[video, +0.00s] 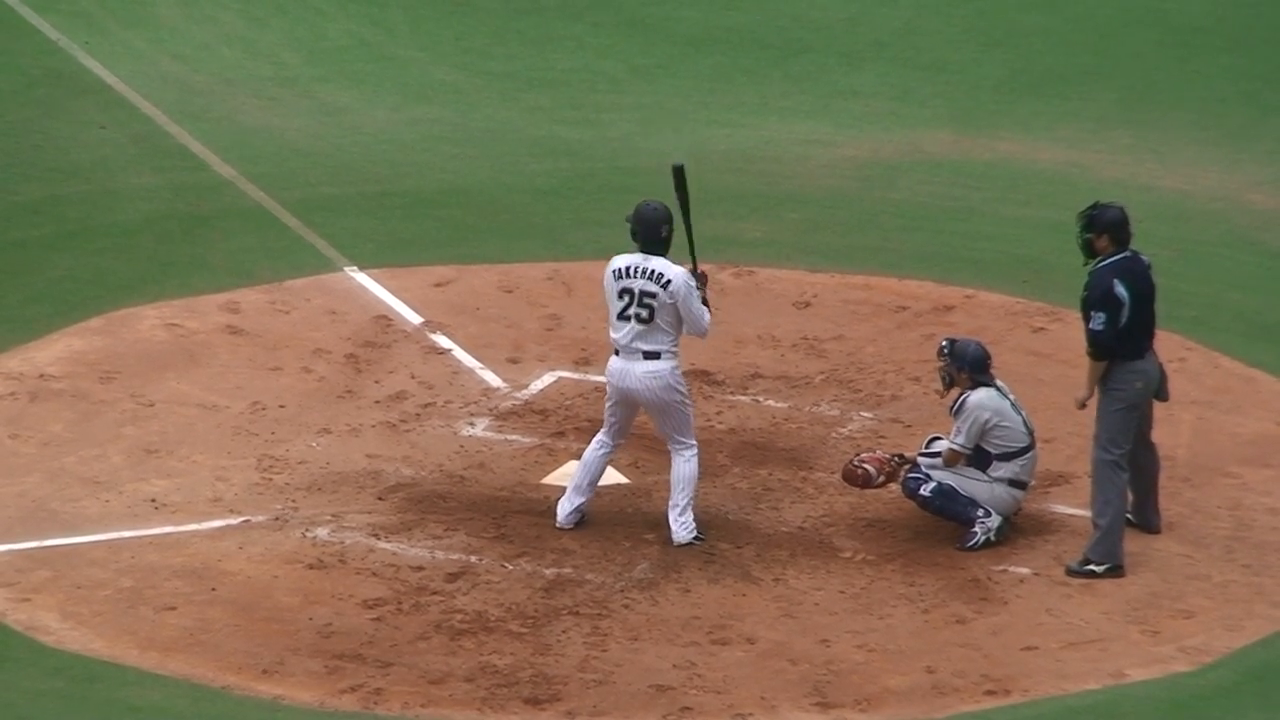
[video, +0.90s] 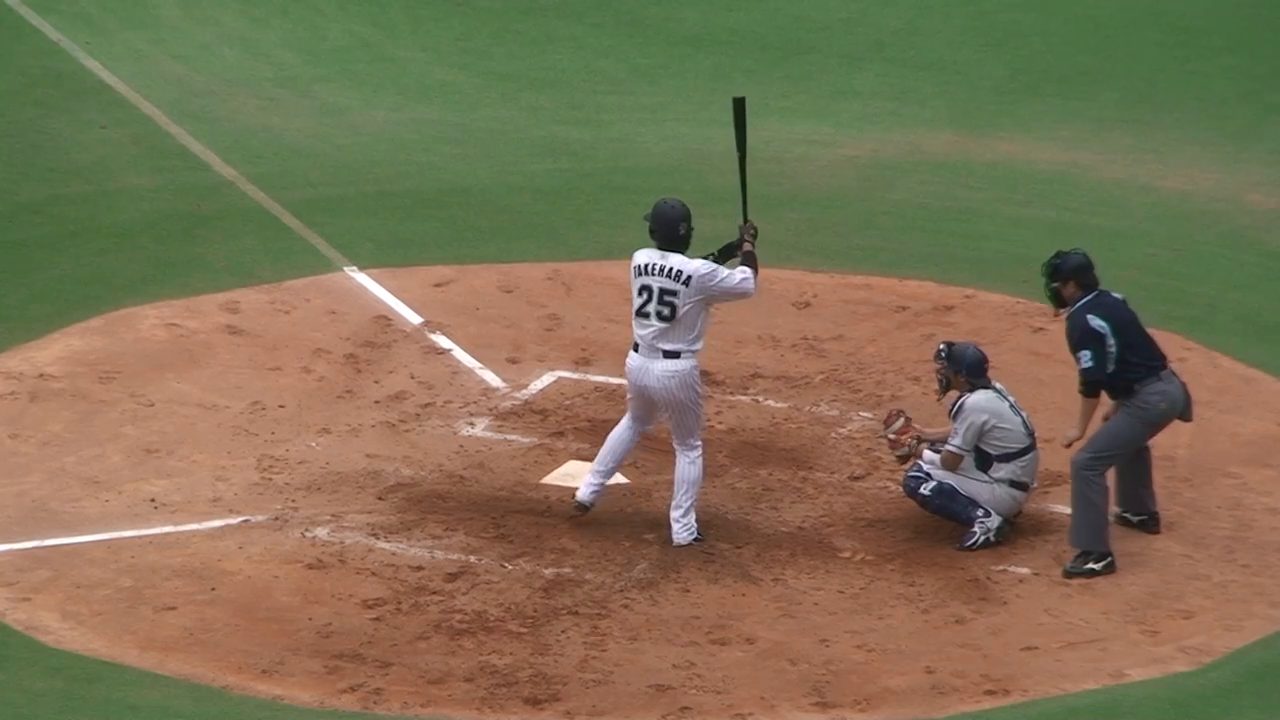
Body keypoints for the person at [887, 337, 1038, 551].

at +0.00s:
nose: (943, 369)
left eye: (948, 365)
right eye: (944, 364)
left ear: (964, 371)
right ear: (975, 370)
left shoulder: (975, 403)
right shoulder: (995, 387)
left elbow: (950, 460)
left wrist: (908, 459)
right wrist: (911, 459)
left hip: (1002, 493)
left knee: (915, 480)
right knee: (934, 443)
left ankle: (984, 519)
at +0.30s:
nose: (940, 376)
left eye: (944, 370)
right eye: (941, 370)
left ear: (960, 374)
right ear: (976, 371)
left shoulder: (975, 403)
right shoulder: (994, 387)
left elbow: (951, 459)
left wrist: (908, 459)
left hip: (1003, 493)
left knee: (915, 480)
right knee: (935, 443)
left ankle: (984, 519)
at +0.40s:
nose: (940, 376)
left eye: (944, 371)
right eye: (941, 370)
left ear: (960, 375)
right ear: (976, 371)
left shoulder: (974, 403)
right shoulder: (993, 387)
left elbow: (950, 462)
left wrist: (909, 457)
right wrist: (947, 440)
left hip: (1003, 493)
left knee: (914, 480)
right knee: (933, 442)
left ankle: (983, 519)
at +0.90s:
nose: (940, 371)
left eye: (945, 368)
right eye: (941, 366)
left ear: (961, 376)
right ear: (971, 375)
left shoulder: (974, 406)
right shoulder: (993, 389)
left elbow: (950, 464)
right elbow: (964, 436)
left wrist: (919, 450)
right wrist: (925, 435)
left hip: (1004, 494)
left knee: (916, 478)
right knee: (932, 453)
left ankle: (985, 520)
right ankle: (1003, 507)